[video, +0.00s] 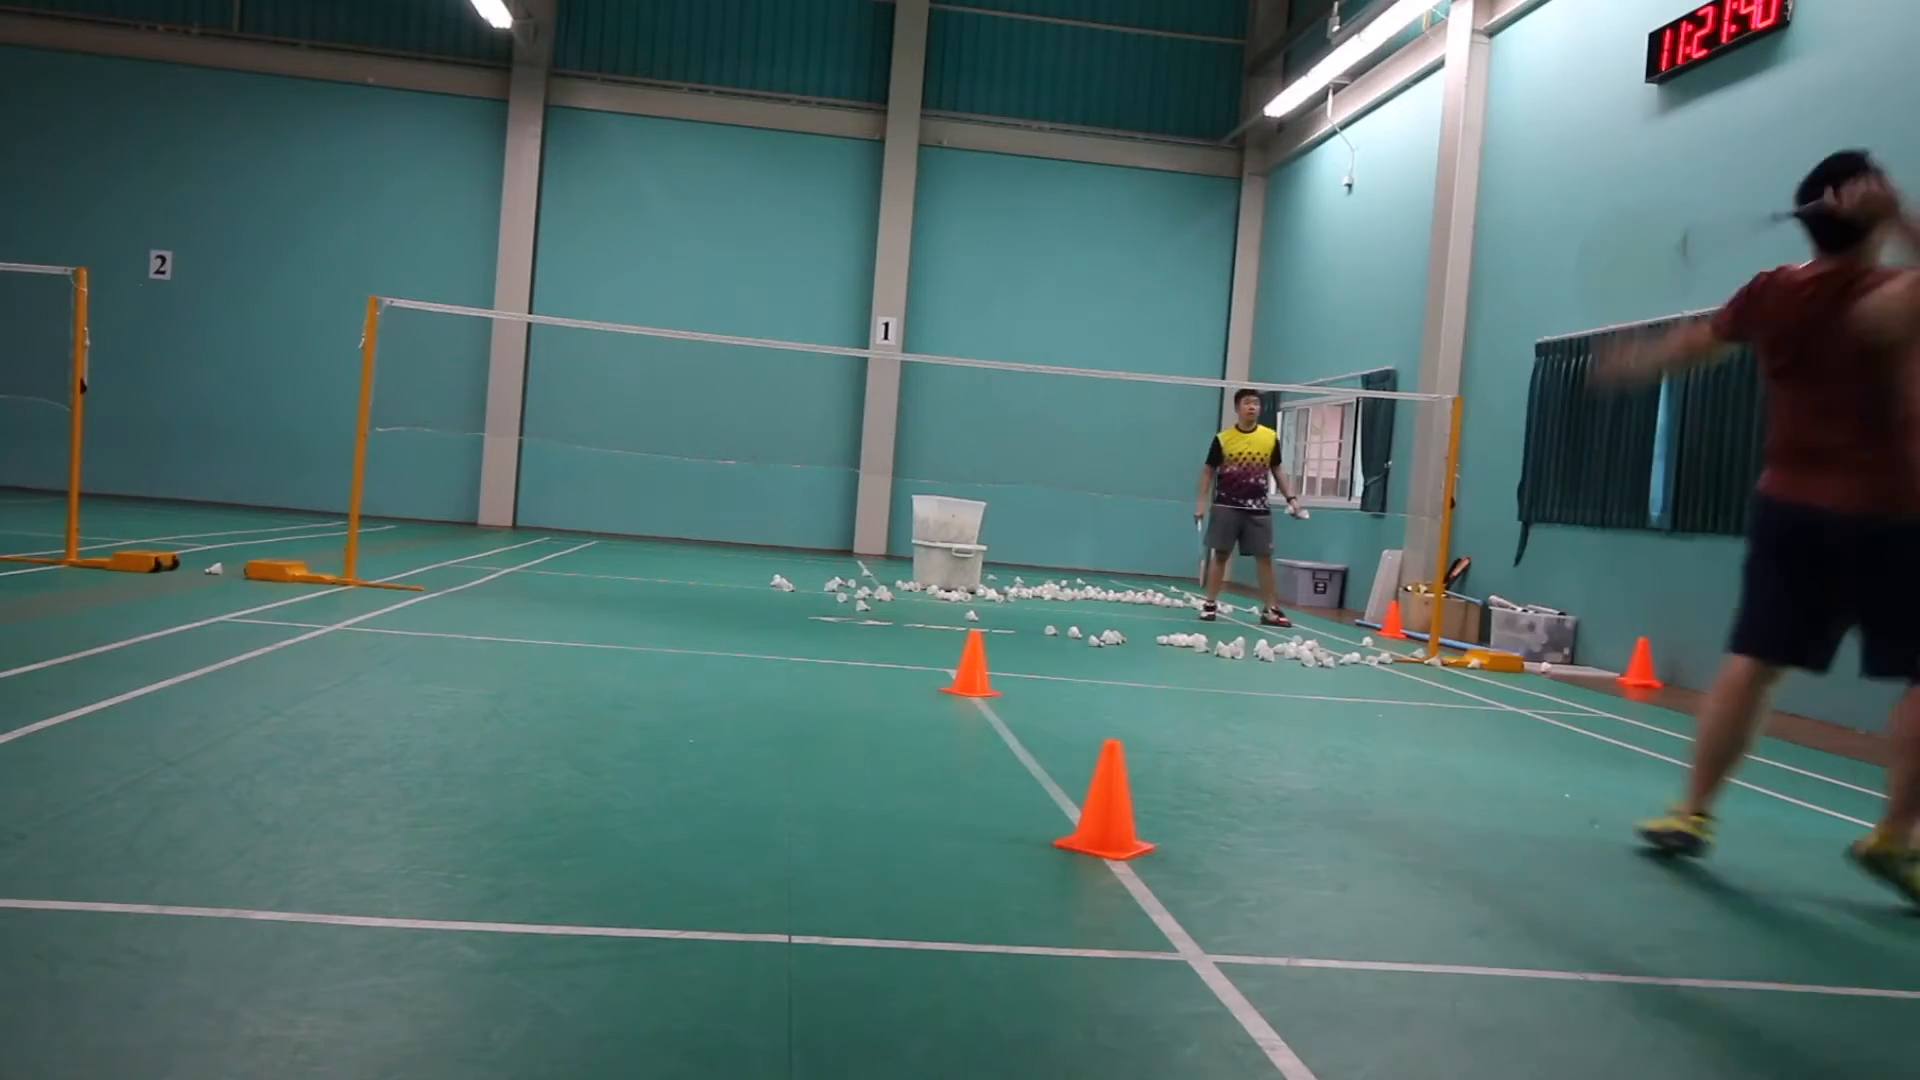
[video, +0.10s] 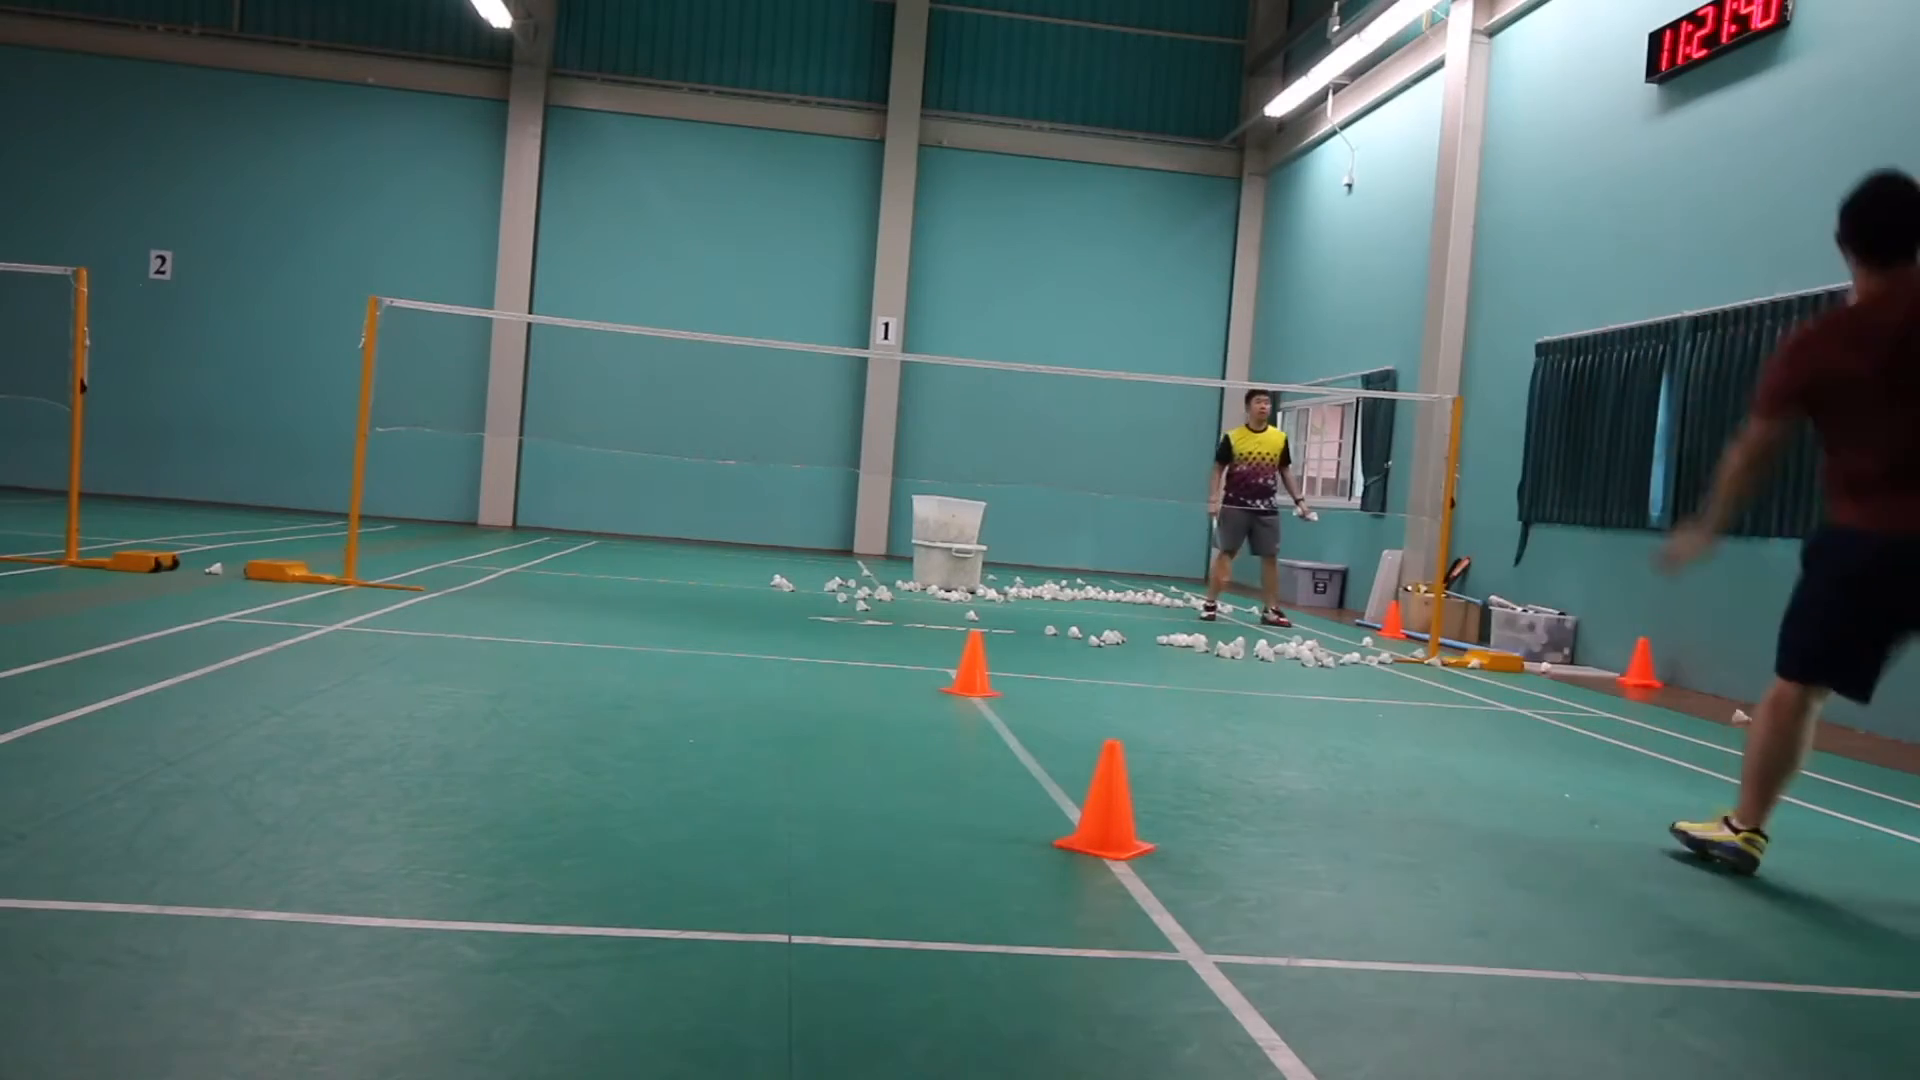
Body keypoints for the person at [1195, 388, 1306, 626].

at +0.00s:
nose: (1252, 407)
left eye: (1256, 403)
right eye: (1247, 403)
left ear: (1260, 408)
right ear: (1237, 408)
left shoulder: (1270, 438)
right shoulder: (1222, 439)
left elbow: (1278, 470)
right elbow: (1208, 473)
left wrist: (1291, 498)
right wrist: (1202, 504)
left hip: (1258, 509)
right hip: (1227, 507)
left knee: (1265, 558)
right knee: (1220, 555)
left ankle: (1270, 608)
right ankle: (1210, 602)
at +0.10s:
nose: (1264, 407)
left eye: (1267, 403)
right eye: (1259, 403)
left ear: (1271, 408)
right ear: (1248, 407)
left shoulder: (1280, 439)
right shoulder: (1232, 438)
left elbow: (1286, 471)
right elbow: (1218, 470)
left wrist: (1299, 501)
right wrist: (1214, 500)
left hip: (1266, 508)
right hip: (1236, 506)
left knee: (1270, 558)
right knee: (1226, 554)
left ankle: (1271, 609)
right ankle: (1210, 602)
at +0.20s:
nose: (1270, 407)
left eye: (1273, 403)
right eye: (1265, 403)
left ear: (1277, 409)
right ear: (1255, 407)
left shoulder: (1285, 440)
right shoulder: (1238, 437)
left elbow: (1289, 473)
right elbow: (1223, 469)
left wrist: (1303, 501)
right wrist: (1221, 500)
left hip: (1271, 510)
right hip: (1240, 507)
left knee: (1273, 559)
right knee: (1226, 556)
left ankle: (1271, 609)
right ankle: (1210, 602)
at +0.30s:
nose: (1275, 409)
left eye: (1279, 405)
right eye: (1270, 405)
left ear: (1283, 410)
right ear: (1260, 409)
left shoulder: (1288, 441)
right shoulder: (1244, 439)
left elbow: (1290, 474)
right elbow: (1226, 471)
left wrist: (1304, 501)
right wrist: (1230, 501)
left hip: (1273, 511)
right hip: (1244, 509)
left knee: (1273, 558)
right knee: (1228, 556)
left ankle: (1272, 608)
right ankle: (1211, 602)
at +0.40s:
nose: (1274, 414)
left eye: (1278, 410)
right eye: (1270, 410)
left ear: (1282, 414)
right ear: (1259, 413)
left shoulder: (1288, 442)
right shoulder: (1243, 440)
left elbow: (1290, 474)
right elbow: (1222, 466)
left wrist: (1302, 502)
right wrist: (1223, 493)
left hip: (1271, 511)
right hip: (1240, 508)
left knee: (1274, 556)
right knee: (1225, 553)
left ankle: (1272, 608)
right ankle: (1207, 600)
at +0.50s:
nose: (1264, 420)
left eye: (1269, 416)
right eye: (1261, 415)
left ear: (1274, 420)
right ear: (1253, 417)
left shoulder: (1279, 446)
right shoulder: (1236, 442)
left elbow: (1286, 476)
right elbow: (1206, 459)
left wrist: (1300, 503)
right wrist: (1205, 483)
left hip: (1263, 513)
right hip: (1231, 509)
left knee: (1270, 559)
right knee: (1216, 554)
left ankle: (1272, 608)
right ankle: (1196, 598)